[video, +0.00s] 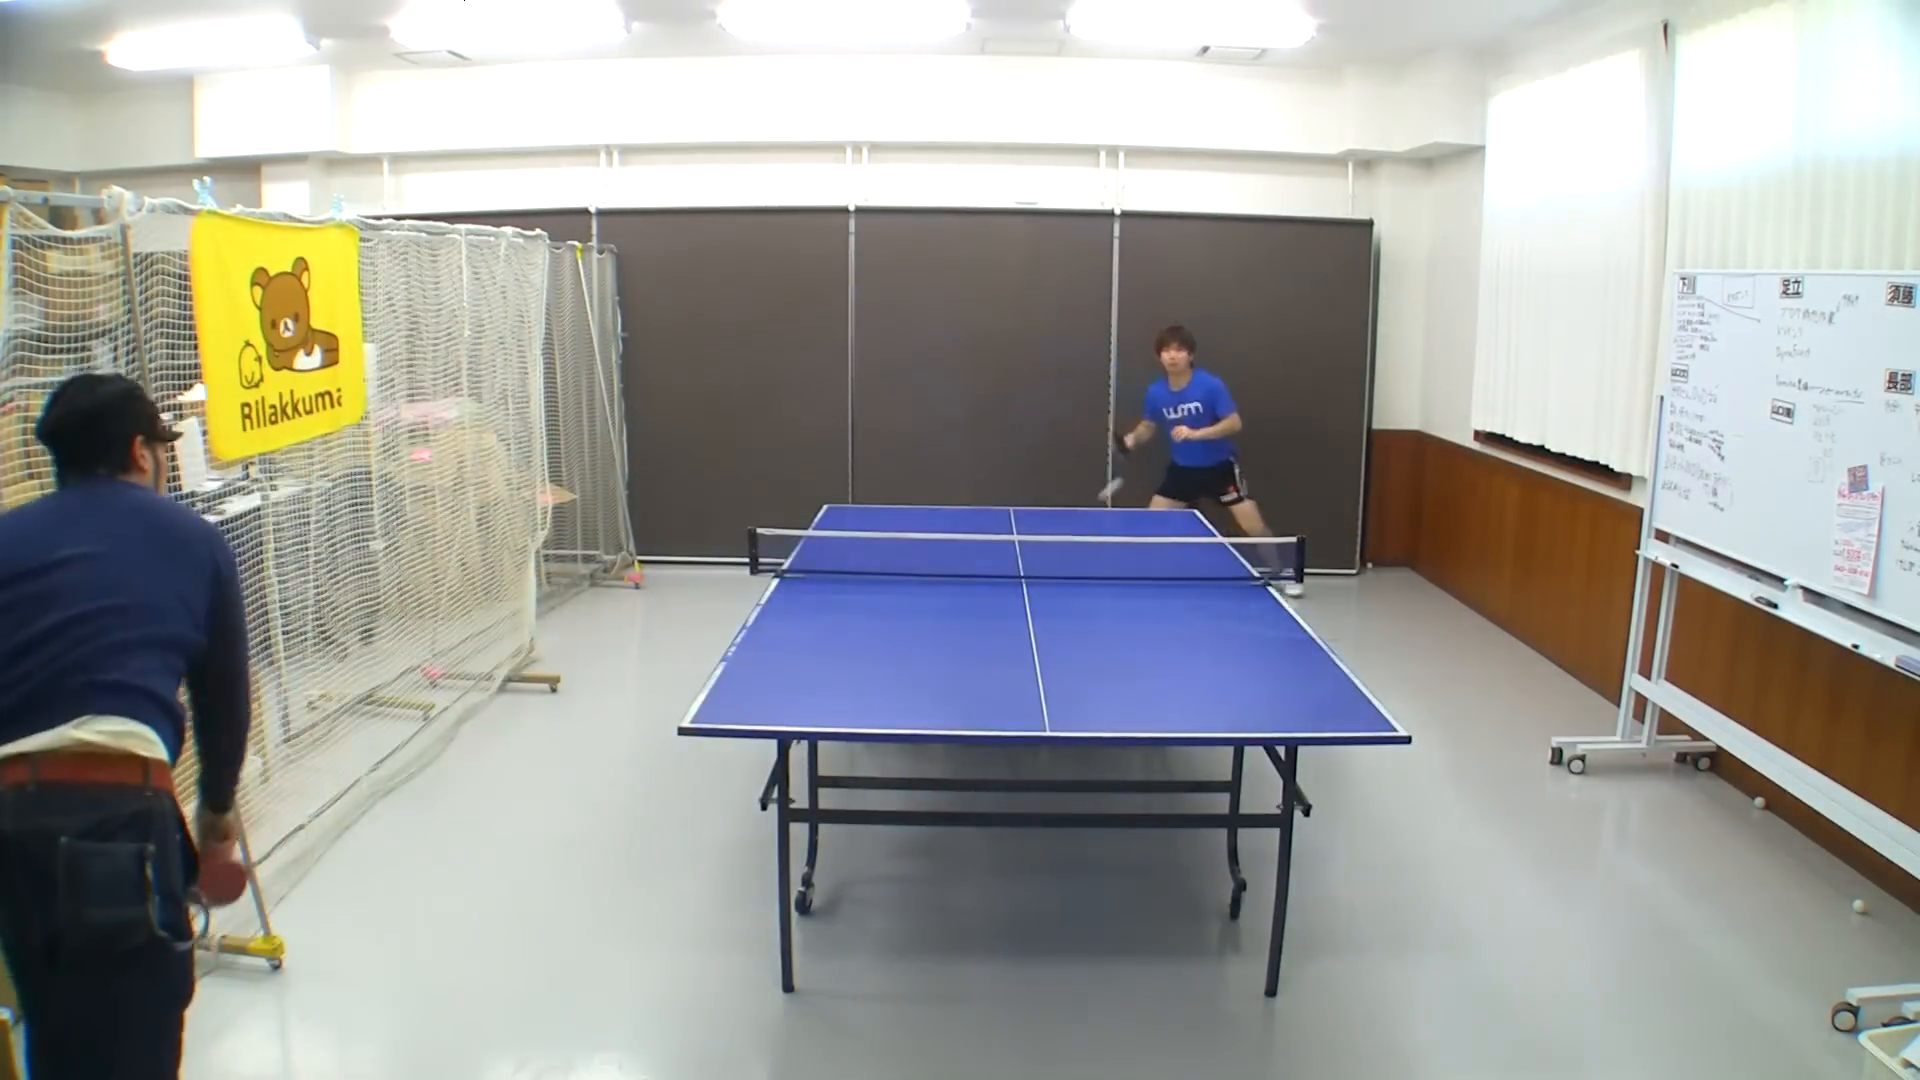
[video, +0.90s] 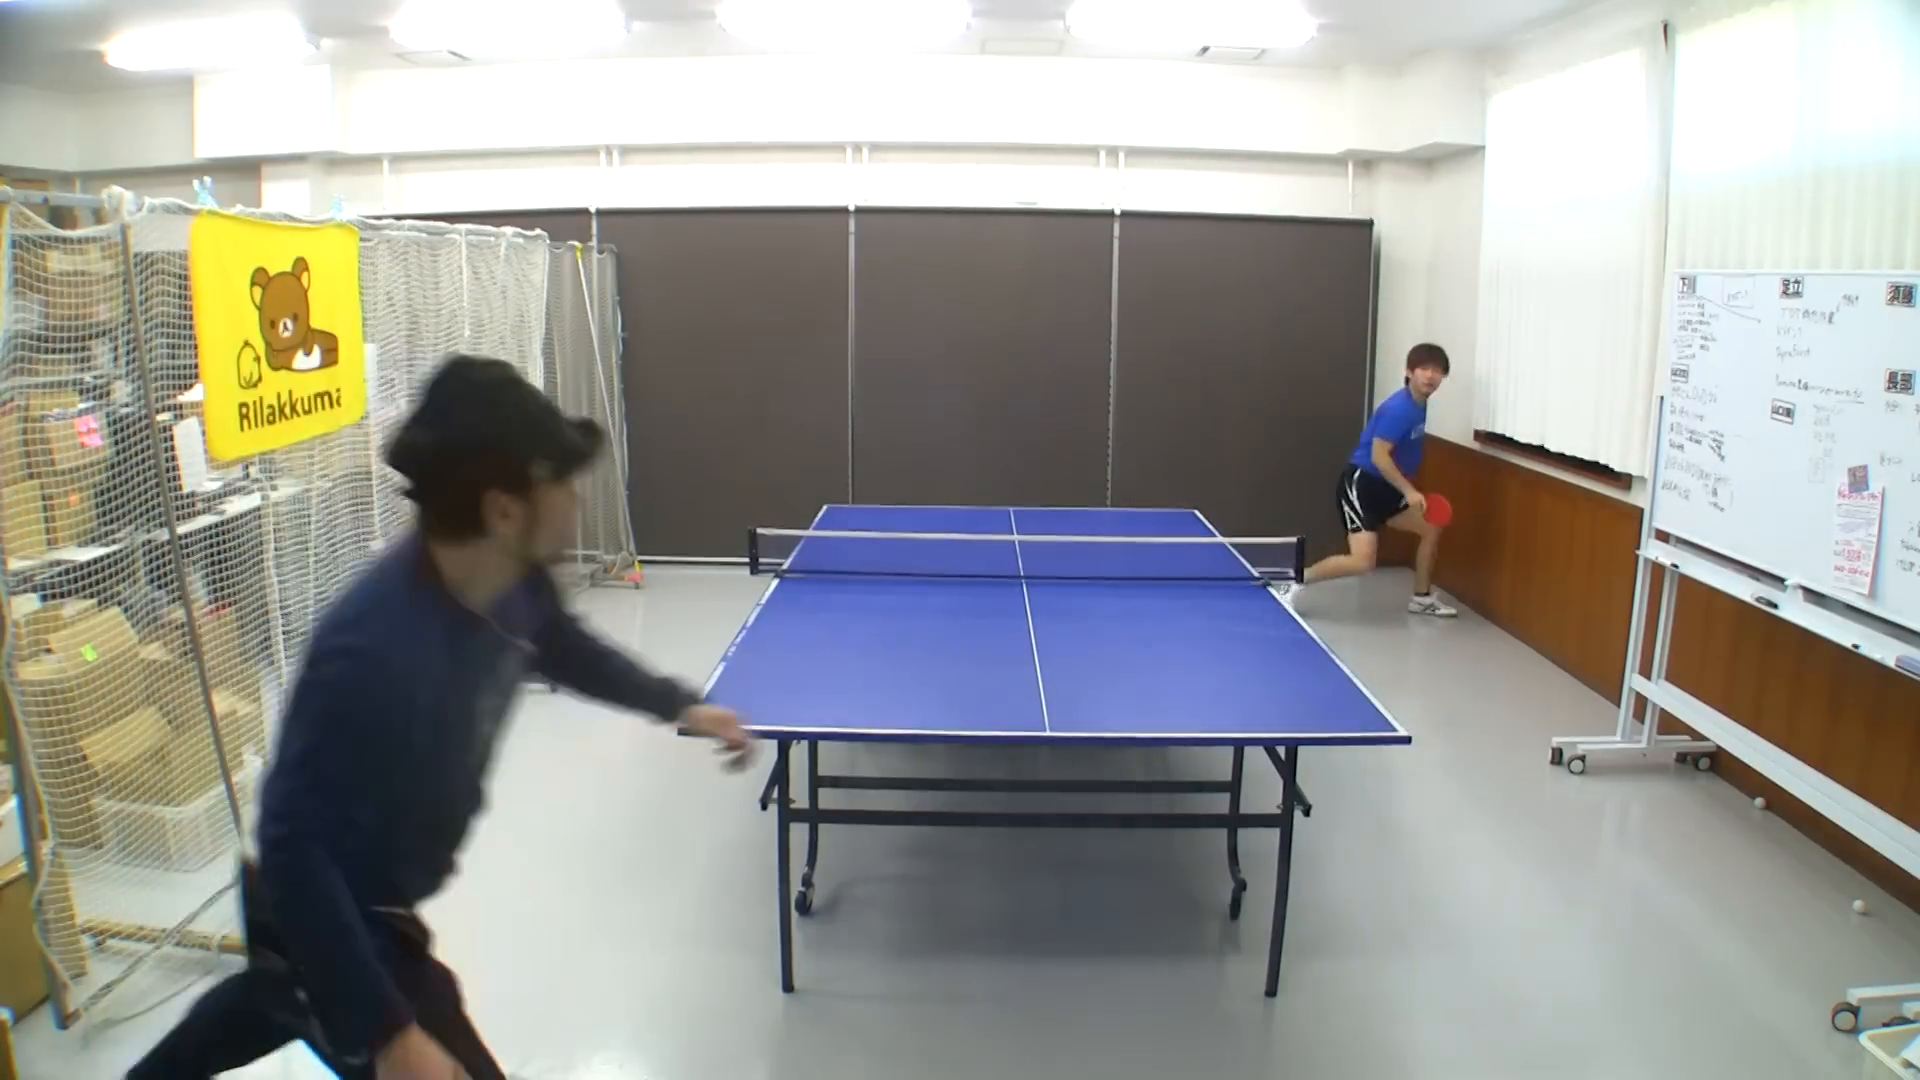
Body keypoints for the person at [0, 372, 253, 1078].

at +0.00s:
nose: (165, 464)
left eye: (163, 449)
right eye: (161, 449)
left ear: (60, 459)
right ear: (139, 452)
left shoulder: (9, 531)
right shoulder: (192, 537)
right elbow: (225, 698)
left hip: (10, 806)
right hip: (123, 813)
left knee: (52, 1032)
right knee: (138, 1039)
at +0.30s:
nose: (181, 405)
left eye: (177, 389)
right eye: (174, 390)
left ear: (76, 410)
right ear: (144, 402)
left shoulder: (21, 506)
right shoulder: (183, 491)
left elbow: (17, 658)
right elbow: (242, 648)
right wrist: (296, 770)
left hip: (15, 797)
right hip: (121, 796)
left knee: (73, 1014)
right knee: (218, 1040)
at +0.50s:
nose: (245, 371)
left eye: (239, 354)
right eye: (233, 356)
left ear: (140, 386)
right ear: (194, 381)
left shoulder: (78, 496)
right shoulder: (213, 495)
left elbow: (46, 648)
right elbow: (259, 667)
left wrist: (182, 710)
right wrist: (351, 768)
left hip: (86, 822)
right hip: (177, 830)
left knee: (113, 1030)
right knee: (286, 1055)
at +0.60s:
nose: (301, 384)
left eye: (295, 366)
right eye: (288, 369)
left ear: (213, 396)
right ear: (242, 394)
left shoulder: (135, 492)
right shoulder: (241, 526)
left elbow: (139, 664)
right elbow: (270, 705)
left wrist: (247, 764)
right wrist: (376, 799)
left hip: (119, 826)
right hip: (194, 841)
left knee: (146, 1013)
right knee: (340, 1058)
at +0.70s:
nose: (367, 405)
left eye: (361, 385)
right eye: (354, 387)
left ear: (288, 411)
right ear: (302, 408)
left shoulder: (226, 498)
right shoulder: (260, 542)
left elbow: (258, 669)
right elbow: (272, 746)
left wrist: (331, 740)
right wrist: (394, 832)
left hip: (171, 835)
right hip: (218, 860)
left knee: (150, 1026)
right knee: (392, 1060)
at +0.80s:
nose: (462, 443)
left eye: (455, 421)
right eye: (446, 424)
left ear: (390, 450)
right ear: (391, 449)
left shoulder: (381, 539)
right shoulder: (293, 587)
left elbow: (386, 667)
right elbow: (263, 808)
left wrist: (492, 733)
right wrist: (395, 911)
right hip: (257, 891)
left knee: (184, 1020)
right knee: (429, 1071)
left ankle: (115, 1076)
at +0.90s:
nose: (576, 500)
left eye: (571, 481)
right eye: (562, 483)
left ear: (501, 509)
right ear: (504, 508)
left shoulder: (507, 583)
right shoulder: (373, 642)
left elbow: (565, 652)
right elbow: (290, 846)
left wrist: (682, 707)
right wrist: (386, 1037)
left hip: (372, 891)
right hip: (330, 914)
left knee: (260, 1007)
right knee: (468, 1073)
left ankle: (146, 1076)